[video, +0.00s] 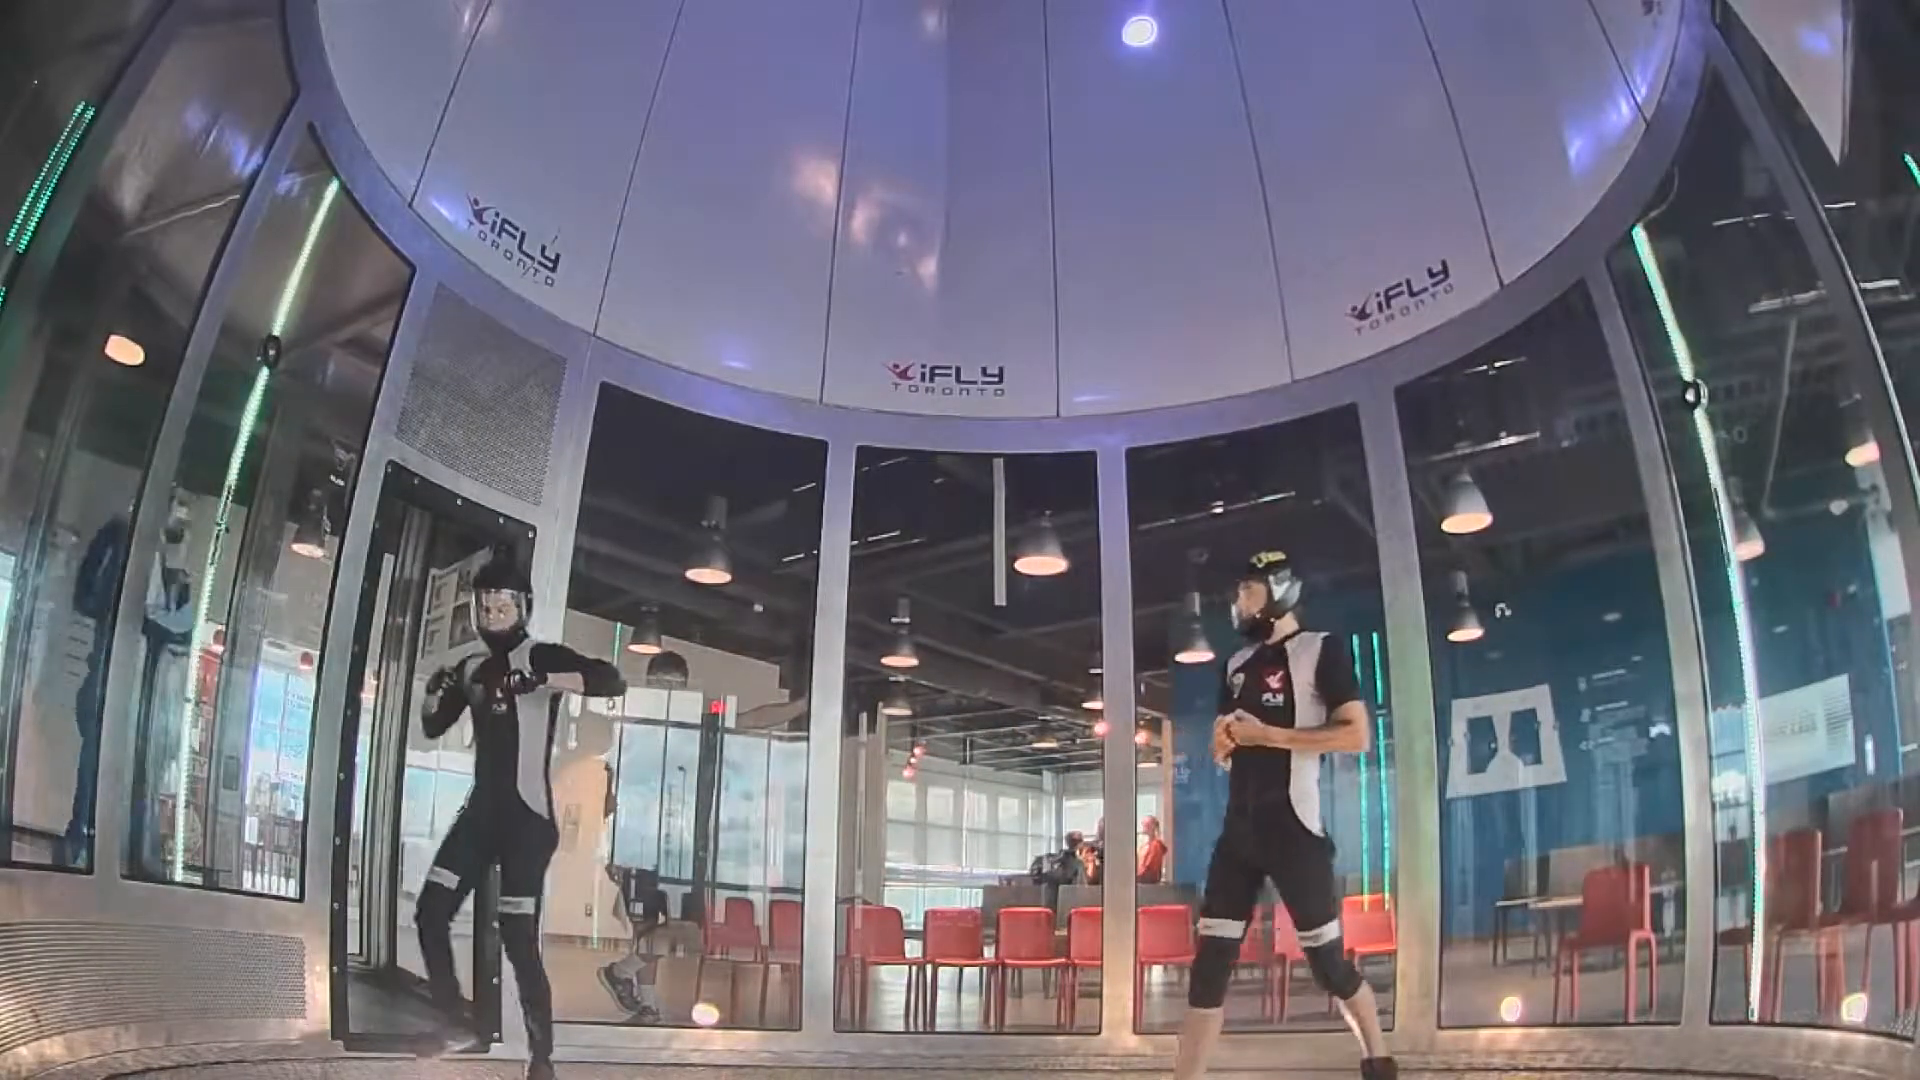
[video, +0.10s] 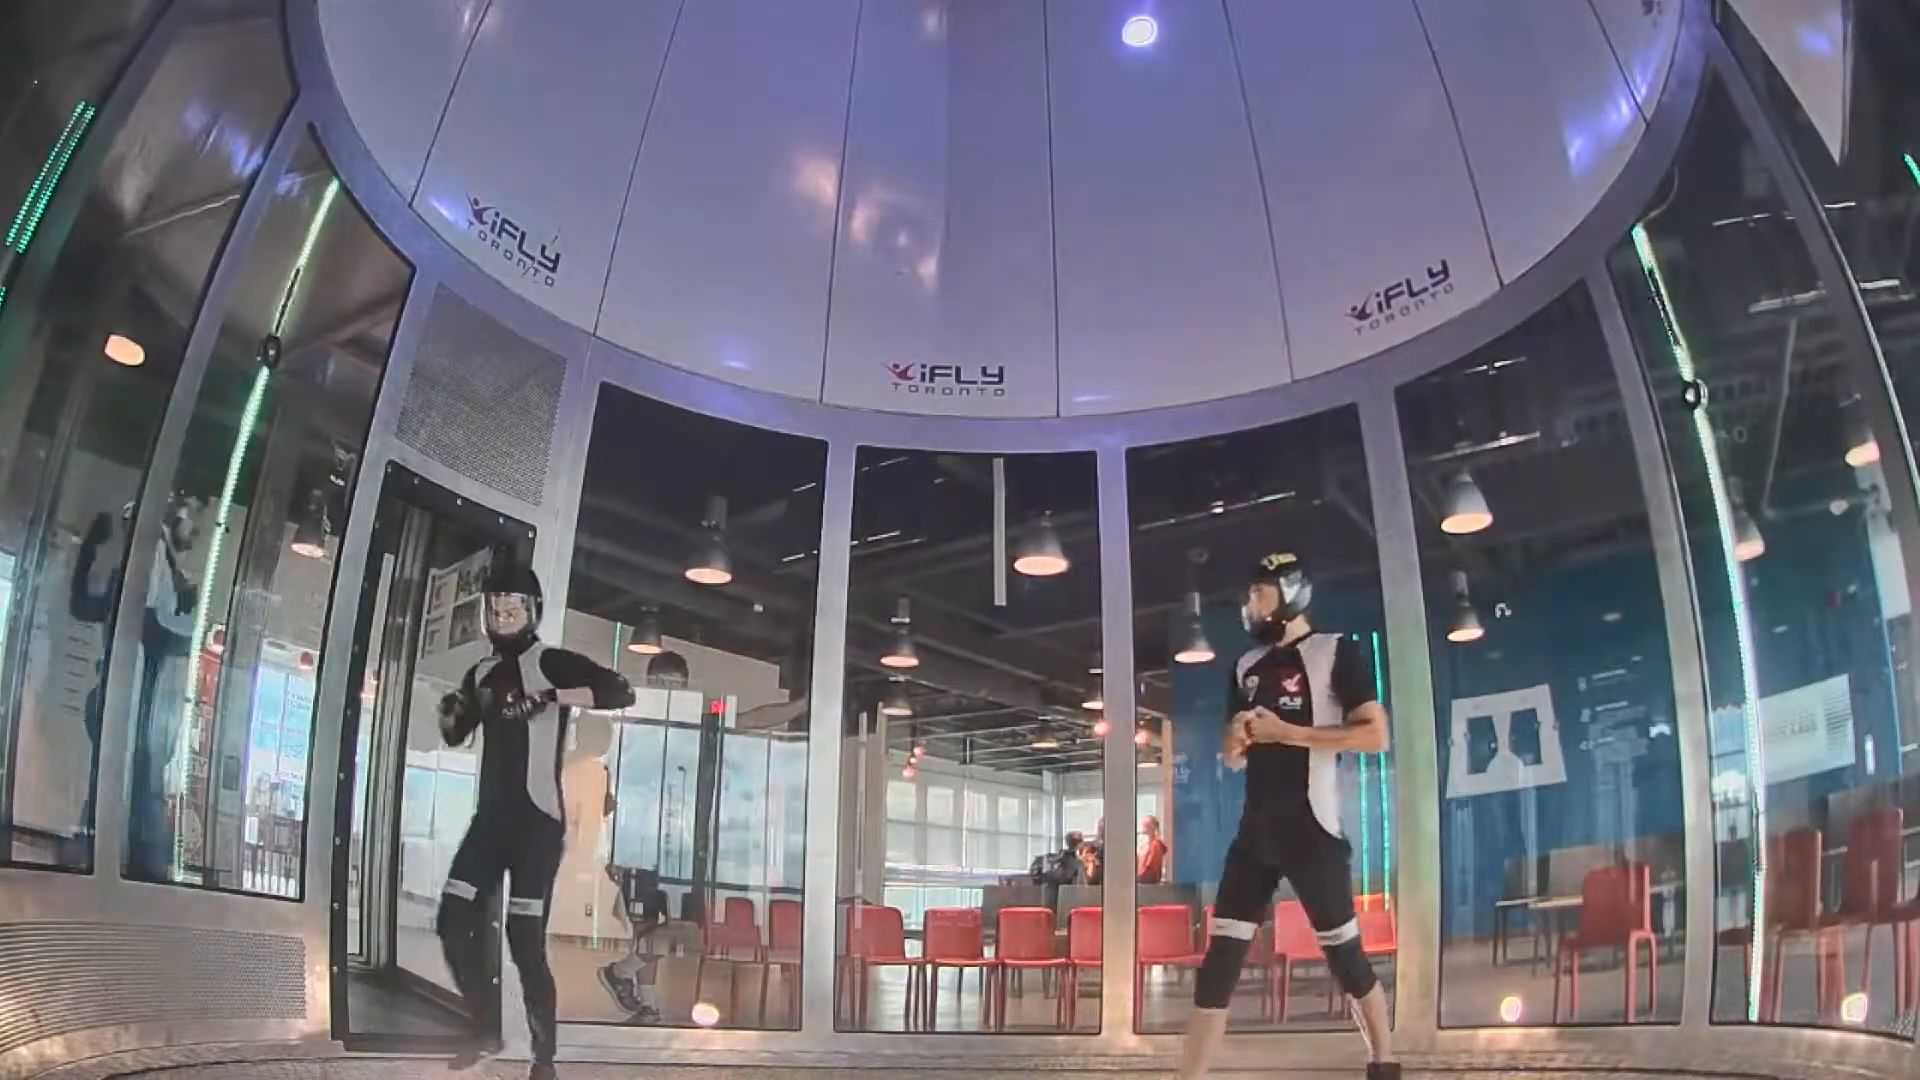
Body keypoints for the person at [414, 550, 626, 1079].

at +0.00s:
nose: (494, 611)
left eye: (505, 603)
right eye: (487, 602)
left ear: (523, 607)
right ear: (476, 607)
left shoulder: (545, 656)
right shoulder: (470, 669)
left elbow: (613, 681)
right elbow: (432, 730)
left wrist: (562, 680)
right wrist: (436, 699)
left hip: (530, 815)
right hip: (481, 808)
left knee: (517, 936)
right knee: (431, 913)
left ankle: (541, 1056)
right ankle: (453, 1022)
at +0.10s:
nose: (504, 612)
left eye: (515, 603)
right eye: (495, 602)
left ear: (533, 610)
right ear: (485, 608)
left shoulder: (552, 663)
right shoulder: (479, 673)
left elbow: (621, 693)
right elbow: (456, 738)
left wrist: (560, 696)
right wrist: (453, 716)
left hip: (539, 822)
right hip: (490, 818)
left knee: (524, 936)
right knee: (454, 923)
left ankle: (543, 1058)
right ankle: (487, 1033)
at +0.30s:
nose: (530, 607)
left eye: (540, 599)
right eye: (522, 598)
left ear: (556, 604)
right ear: (511, 603)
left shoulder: (576, 657)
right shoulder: (499, 662)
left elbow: (644, 695)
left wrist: (599, 705)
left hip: (556, 809)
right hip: (504, 807)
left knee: (540, 928)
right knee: (506, 925)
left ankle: (548, 1049)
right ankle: (558, 1035)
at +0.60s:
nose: (568, 629)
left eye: (577, 620)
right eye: (560, 620)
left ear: (595, 625)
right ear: (550, 627)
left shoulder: (609, 680)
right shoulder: (556, 687)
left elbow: (647, 751)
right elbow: (546, 750)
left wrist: (577, 773)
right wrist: (533, 754)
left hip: (587, 820)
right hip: (555, 815)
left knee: (544, 930)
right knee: (547, 934)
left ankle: (568, 1054)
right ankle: (563, 1054)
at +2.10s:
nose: (601, 627)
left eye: (611, 619)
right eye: (593, 619)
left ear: (626, 626)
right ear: (580, 626)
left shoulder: (633, 679)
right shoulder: (577, 683)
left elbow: (609, 749)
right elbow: (557, 750)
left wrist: (560, 712)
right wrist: (534, 711)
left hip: (600, 823)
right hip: (557, 818)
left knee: (596, 940)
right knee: (551, 936)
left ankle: (616, 1057)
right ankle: (575, 1052)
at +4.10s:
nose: (612, 629)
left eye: (622, 620)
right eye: (606, 620)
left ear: (647, 625)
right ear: (599, 625)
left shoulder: (663, 681)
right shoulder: (590, 680)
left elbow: (660, 764)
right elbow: (555, 728)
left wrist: (608, 759)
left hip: (621, 826)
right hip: (568, 819)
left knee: (622, 946)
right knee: (551, 944)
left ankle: (640, 1067)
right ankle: (575, 1053)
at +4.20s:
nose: (626, 631)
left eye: (637, 623)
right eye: (619, 621)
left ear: (658, 628)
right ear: (610, 625)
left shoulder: (679, 690)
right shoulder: (594, 681)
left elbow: (702, 754)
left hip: (646, 832)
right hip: (587, 825)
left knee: (645, 958)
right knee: (563, 955)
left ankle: (650, 1070)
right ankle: (576, 1038)